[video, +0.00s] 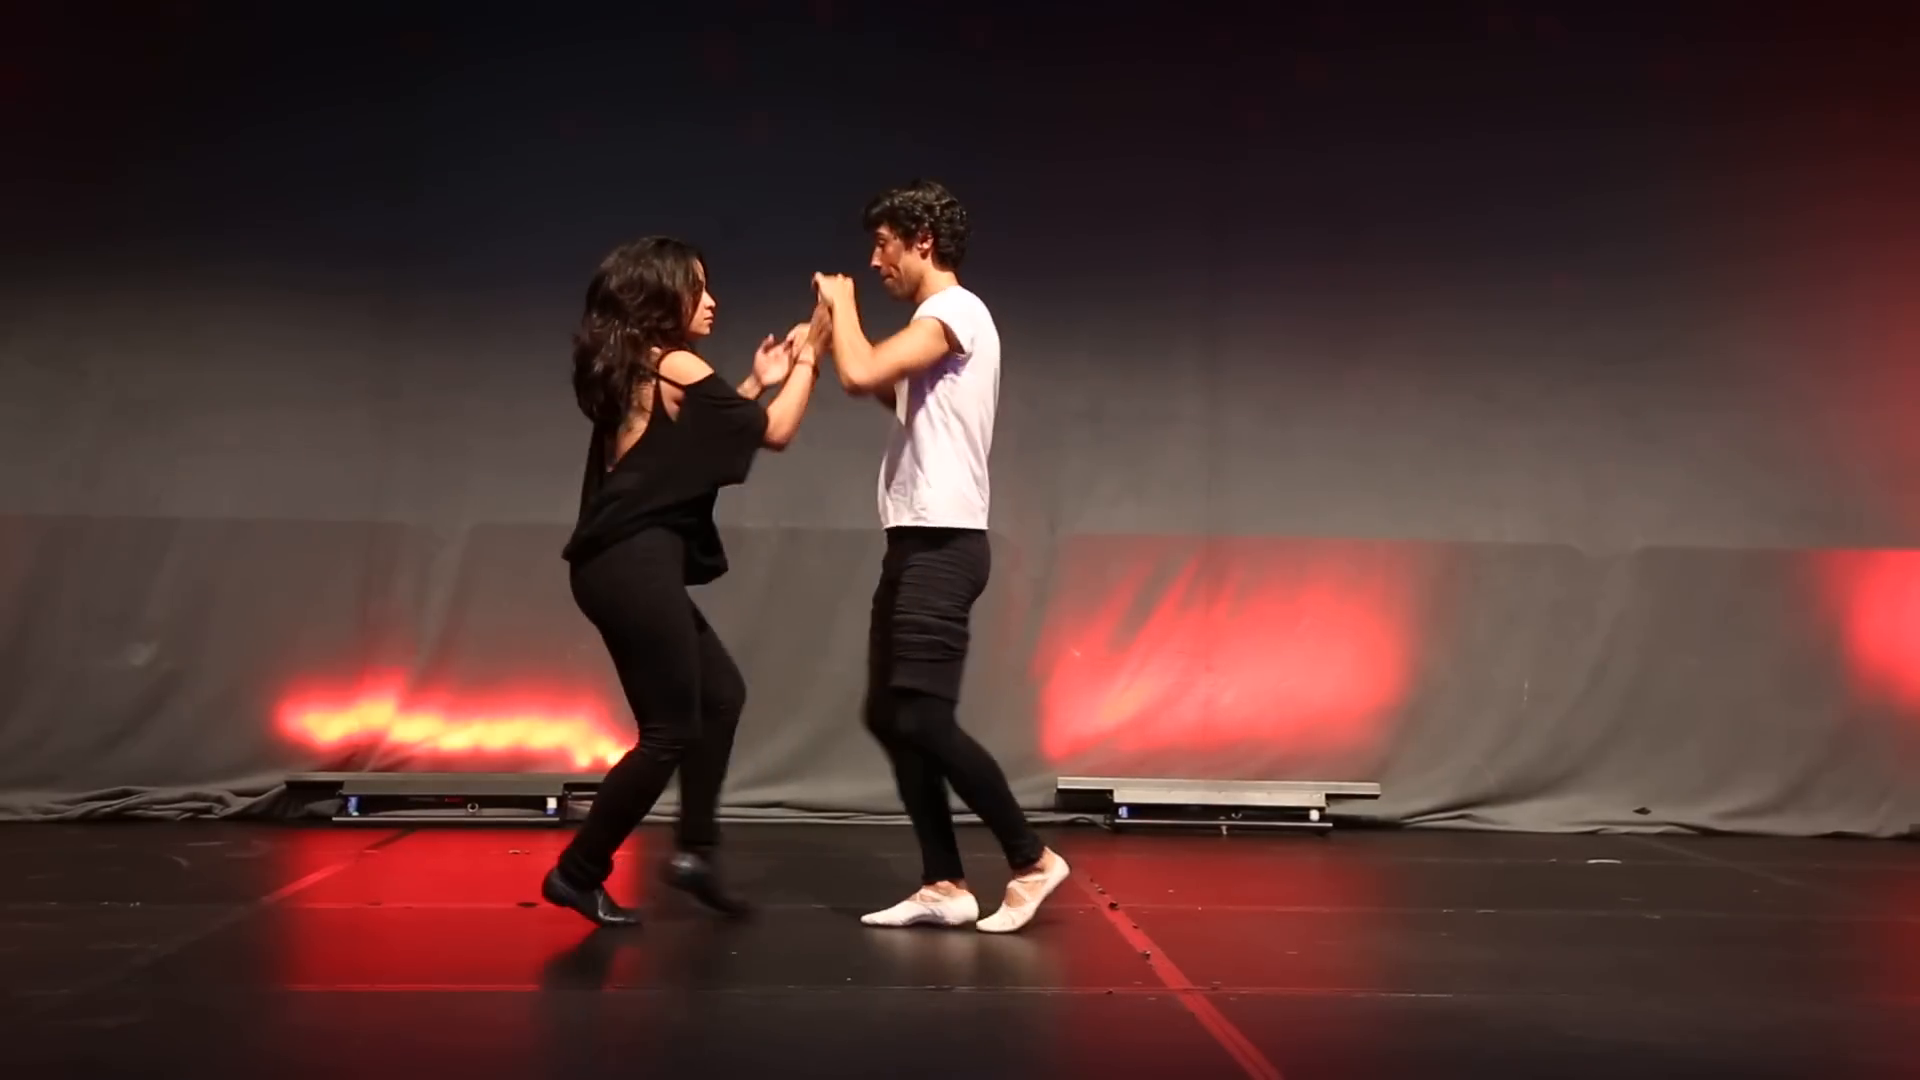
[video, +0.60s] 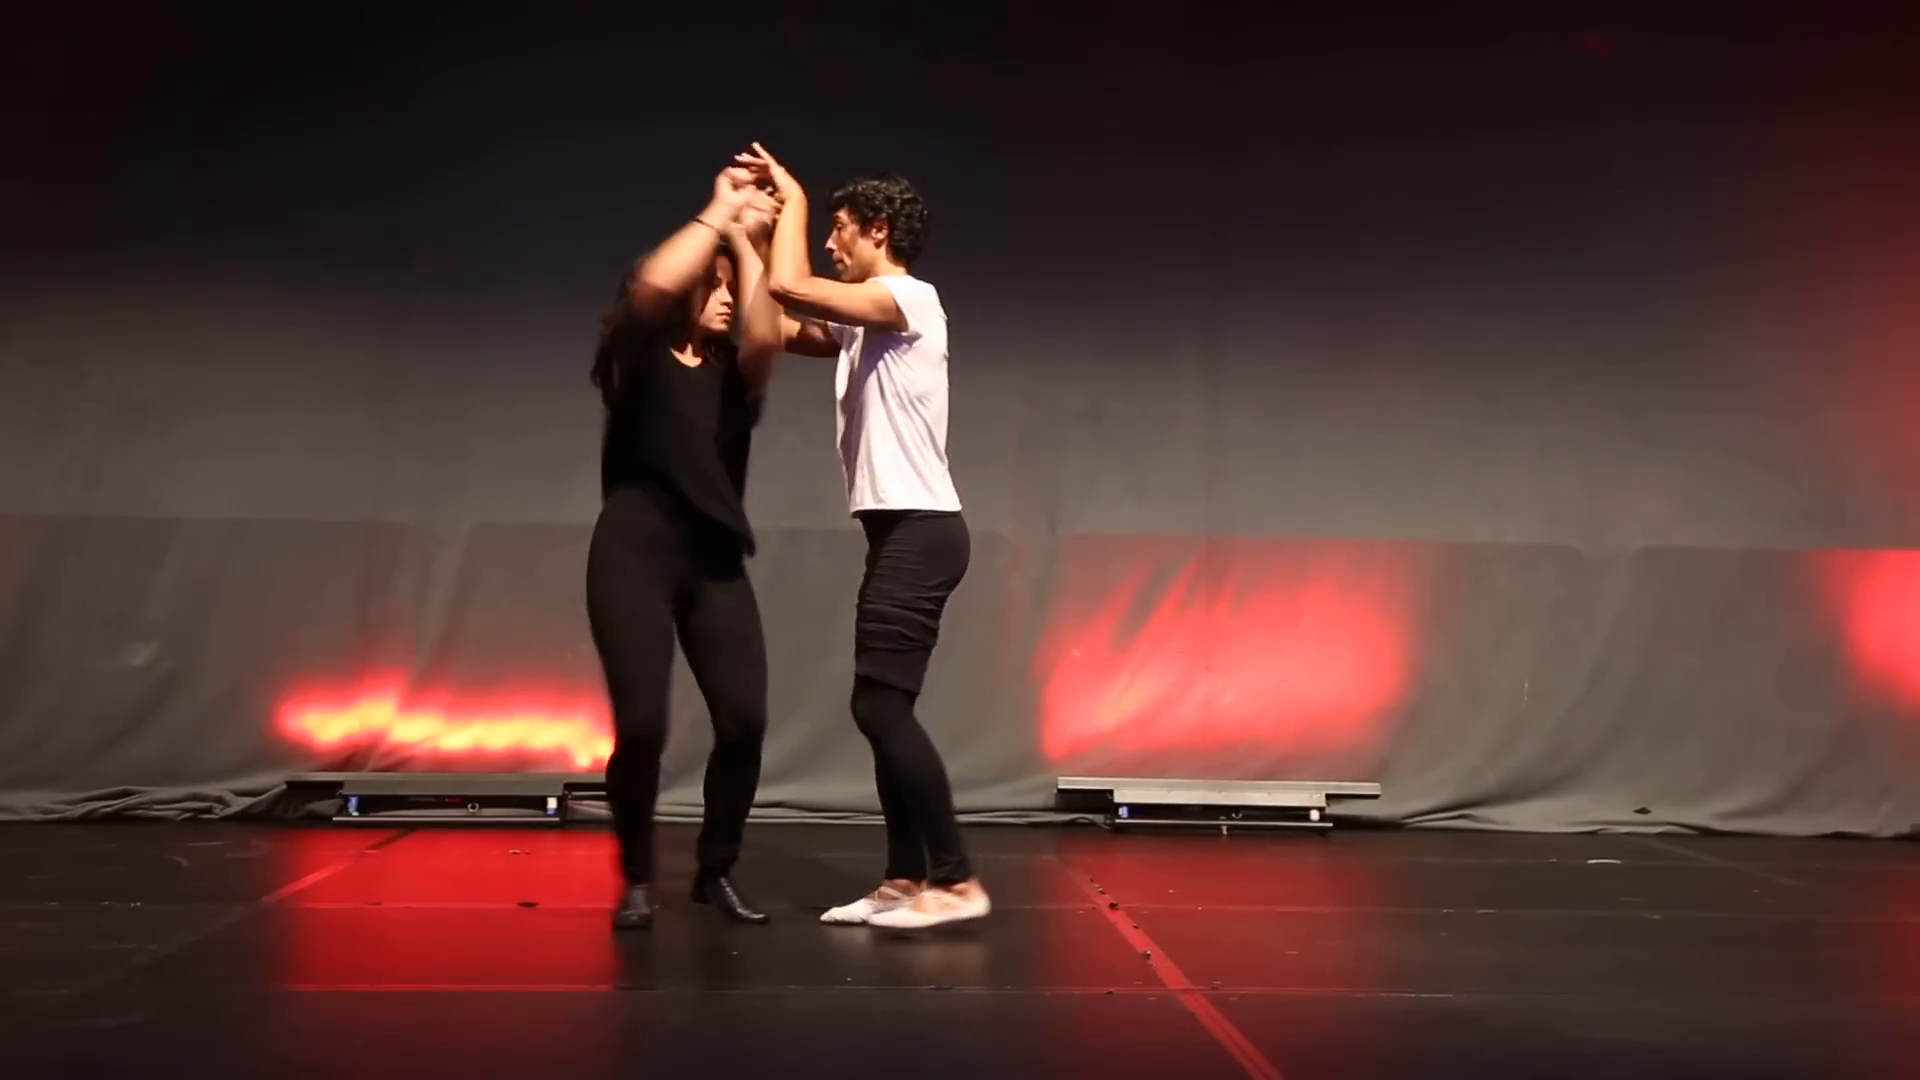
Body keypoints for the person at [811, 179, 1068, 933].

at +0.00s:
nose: (878, 263)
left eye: (884, 248)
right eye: (876, 251)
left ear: (923, 242)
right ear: (922, 247)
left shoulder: (960, 310)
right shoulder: (935, 323)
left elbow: (861, 371)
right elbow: (878, 384)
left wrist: (841, 303)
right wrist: (833, 336)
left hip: (945, 539)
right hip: (913, 538)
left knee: (923, 713)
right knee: (891, 712)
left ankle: (1033, 862)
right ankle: (946, 885)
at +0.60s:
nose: (833, 245)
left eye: (843, 230)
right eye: (835, 232)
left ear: (878, 233)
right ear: (872, 237)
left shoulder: (910, 300)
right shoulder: (870, 321)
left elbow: (793, 284)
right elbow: (778, 325)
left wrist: (793, 200)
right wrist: (753, 229)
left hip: (920, 528)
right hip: (897, 529)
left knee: (885, 707)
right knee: (880, 710)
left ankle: (955, 883)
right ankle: (906, 879)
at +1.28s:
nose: (909, 242)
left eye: (913, 227)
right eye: (911, 227)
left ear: (943, 226)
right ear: (972, 232)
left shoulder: (961, 302)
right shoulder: (996, 319)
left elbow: (834, 362)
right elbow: (917, 441)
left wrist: (822, 274)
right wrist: (853, 359)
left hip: (946, 536)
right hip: (976, 536)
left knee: (903, 720)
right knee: (912, 716)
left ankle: (956, 914)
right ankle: (1022, 842)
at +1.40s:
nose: (919, 235)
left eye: (923, 220)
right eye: (922, 220)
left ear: (947, 220)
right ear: (987, 226)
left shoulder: (963, 296)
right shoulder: (1000, 313)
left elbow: (836, 349)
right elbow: (920, 440)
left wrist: (822, 266)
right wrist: (857, 357)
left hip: (950, 539)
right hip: (997, 540)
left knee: (912, 722)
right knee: (962, 725)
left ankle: (956, 912)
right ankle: (1028, 876)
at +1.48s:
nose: (918, 228)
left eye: (923, 213)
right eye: (921, 214)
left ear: (947, 218)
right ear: (987, 226)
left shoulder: (956, 293)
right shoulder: (1003, 311)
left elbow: (822, 330)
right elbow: (915, 428)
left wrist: (820, 252)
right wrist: (861, 338)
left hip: (948, 539)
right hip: (1005, 538)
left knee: (908, 724)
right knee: (984, 728)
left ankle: (955, 912)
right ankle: (1041, 902)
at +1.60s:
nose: (913, 223)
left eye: (916, 209)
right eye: (916, 211)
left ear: (936, 215)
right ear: (990, 223)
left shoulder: (924, 290)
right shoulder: (1016, 311)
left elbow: (789, 310)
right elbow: (883, 355)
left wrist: (823, 229)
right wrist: (857, 262)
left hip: (939, 539)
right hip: (1006, 540)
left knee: (886, 717)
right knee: (992, 730)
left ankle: (945, 905)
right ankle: (1051, 909)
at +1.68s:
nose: (903, 216)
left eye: (908, 204)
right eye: (906, 202)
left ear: (921, 215)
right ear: (985, 225)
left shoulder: (894, 287)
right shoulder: (1015, 310)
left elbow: (772, 300)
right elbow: (943, 310)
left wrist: (821, 219)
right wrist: (884, 255)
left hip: (924, 535)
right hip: (1003, 538)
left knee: (878, 719)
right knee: (997, 729)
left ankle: (892, 911)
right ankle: (1058, 909)